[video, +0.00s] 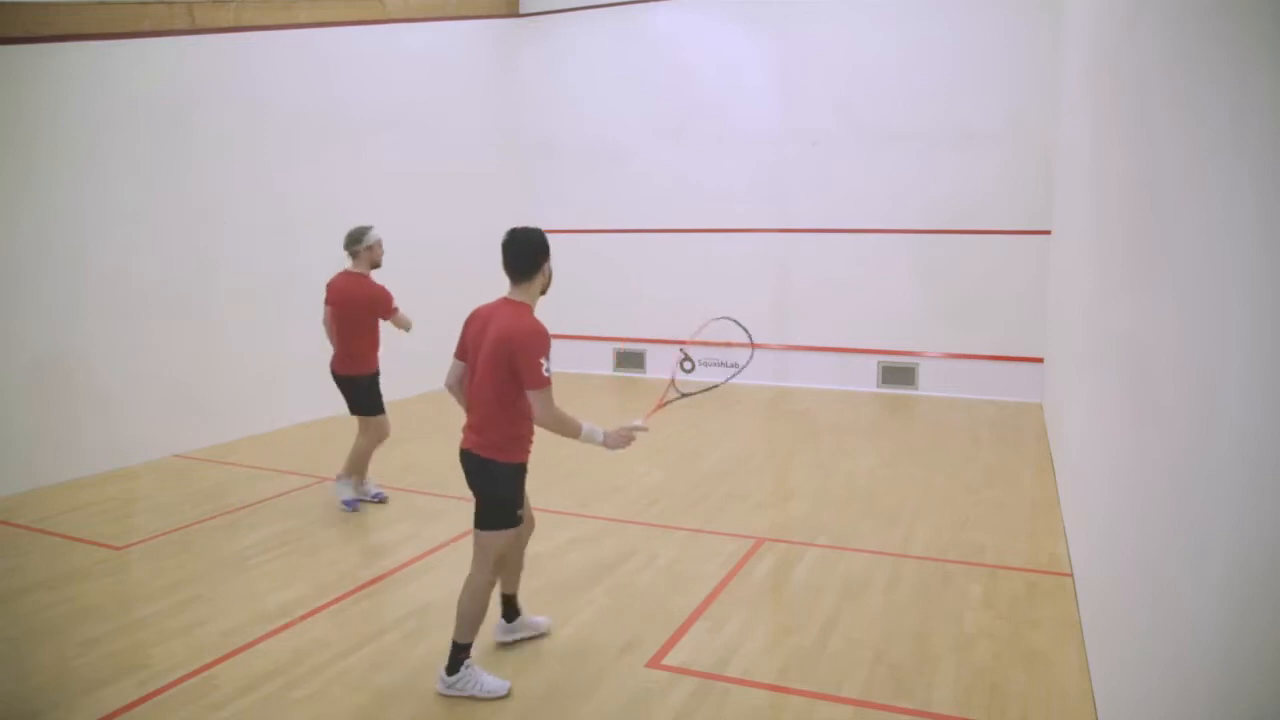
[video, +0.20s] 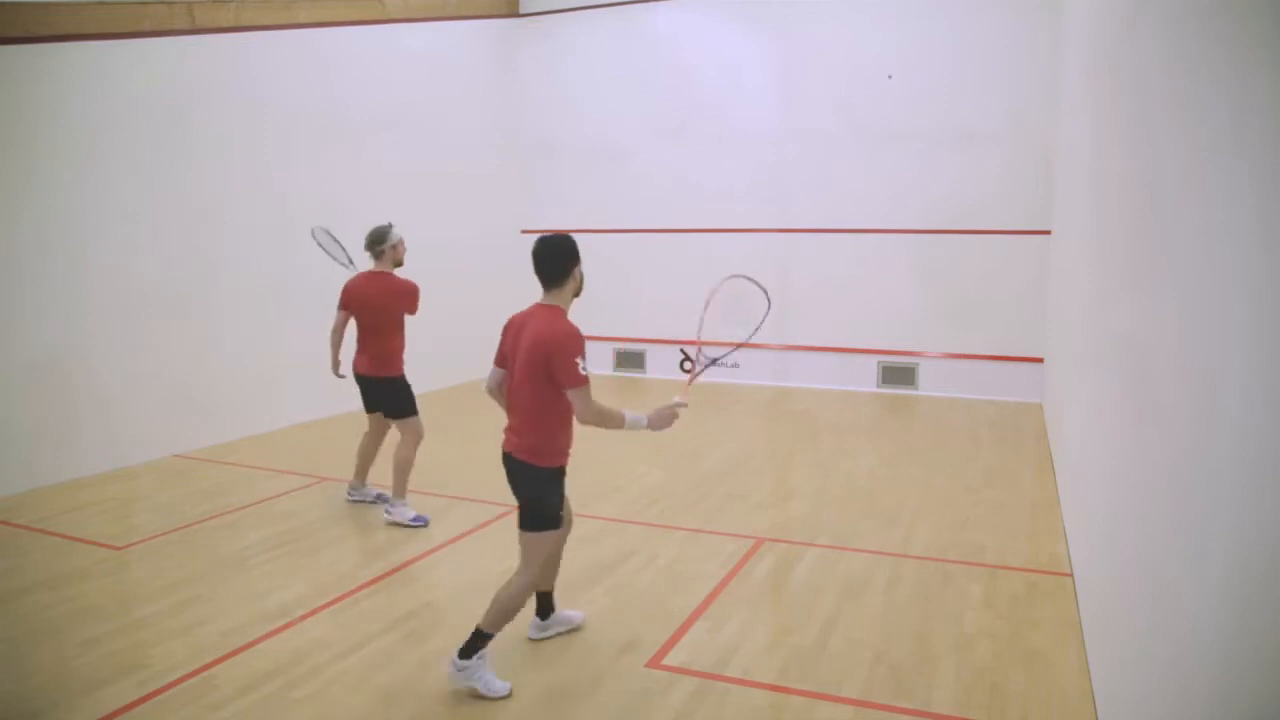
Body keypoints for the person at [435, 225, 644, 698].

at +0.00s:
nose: (552, 272)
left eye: (548, 264)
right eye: (551, 264)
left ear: (507, 269)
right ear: (544, 270)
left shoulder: (480, 316)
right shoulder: (529, 331)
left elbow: (455, 382)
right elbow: (544, 413)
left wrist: (493, 418)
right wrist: (601, 436)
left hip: (479, 452)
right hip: (501, 461)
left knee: (520, 522)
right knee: (488, 563)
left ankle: (511, 618)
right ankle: (456, 669)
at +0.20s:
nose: (583, 275)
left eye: (579, 268)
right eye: (581, 268)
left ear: (541, 274)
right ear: (575, 274)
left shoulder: (519, 321)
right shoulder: (564, 333)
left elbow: (495, 385)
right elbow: (586, 411)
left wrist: (535, 417)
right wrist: (646, 421)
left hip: (520, 453)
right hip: (540, 464)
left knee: (559, 523)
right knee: (531, 571)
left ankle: (544, 616)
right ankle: (468, 657)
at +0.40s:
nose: (628, 268)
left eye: (625, 260)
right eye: (626, 261)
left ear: (587, 270)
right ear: (619, 268)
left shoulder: (572, 316)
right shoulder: (600, 326)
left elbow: (570, 385)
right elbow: (622, 398)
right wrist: (685, 394)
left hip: (565, 446)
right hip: (588, 453)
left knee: (574, 528)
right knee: (648, 538)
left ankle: (544, 615)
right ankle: (604, 627)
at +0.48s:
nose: (651, 272)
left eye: (647, 265)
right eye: (648, 266)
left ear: (611, 273)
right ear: (642, 272)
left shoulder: (600, 317)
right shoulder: (619, 326)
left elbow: (602, 378)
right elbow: (638, 397)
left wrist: (645, 376)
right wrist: (700, 387)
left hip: (587, 450)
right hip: (612, 456)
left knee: (579, 530)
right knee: (679, 531)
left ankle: (545, 615)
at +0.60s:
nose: (693, 288)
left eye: (690, 280)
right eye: (690, 281)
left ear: (652, 288)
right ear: (683, 288)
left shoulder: (642, 329)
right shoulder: (660, 340)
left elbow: (643, 367)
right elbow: (671, 404)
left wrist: (680, 343)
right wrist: (726, 379)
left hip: (627, 460)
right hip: (657, 466)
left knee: (604, 533)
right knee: (725, 536)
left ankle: (548, 612)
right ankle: (780, 621)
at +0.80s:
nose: (759, 313)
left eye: (757, 304)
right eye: (755, 305)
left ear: (720, 311)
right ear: (739, 311)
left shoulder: (705, 349)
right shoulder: (711, 358)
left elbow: (719, 395)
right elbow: (703, 428)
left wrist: (753, 401)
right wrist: (751, 415)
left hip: (694, 472)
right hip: (698, 481)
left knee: (740, 528)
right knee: (776, 538)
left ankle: (686, 584)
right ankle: (807, 624)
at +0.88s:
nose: (763, 312)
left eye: (762, 303)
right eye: (759, 304)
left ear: (729, 309)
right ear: (744, 311)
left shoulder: (726, 354)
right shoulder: (708, 359)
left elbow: (738, 407)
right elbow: (697, 432)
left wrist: (772, 437)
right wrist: (743, 431)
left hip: (717, 465)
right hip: (691, 478)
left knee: (762, 528)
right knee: (762, 543)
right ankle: (803, 628)